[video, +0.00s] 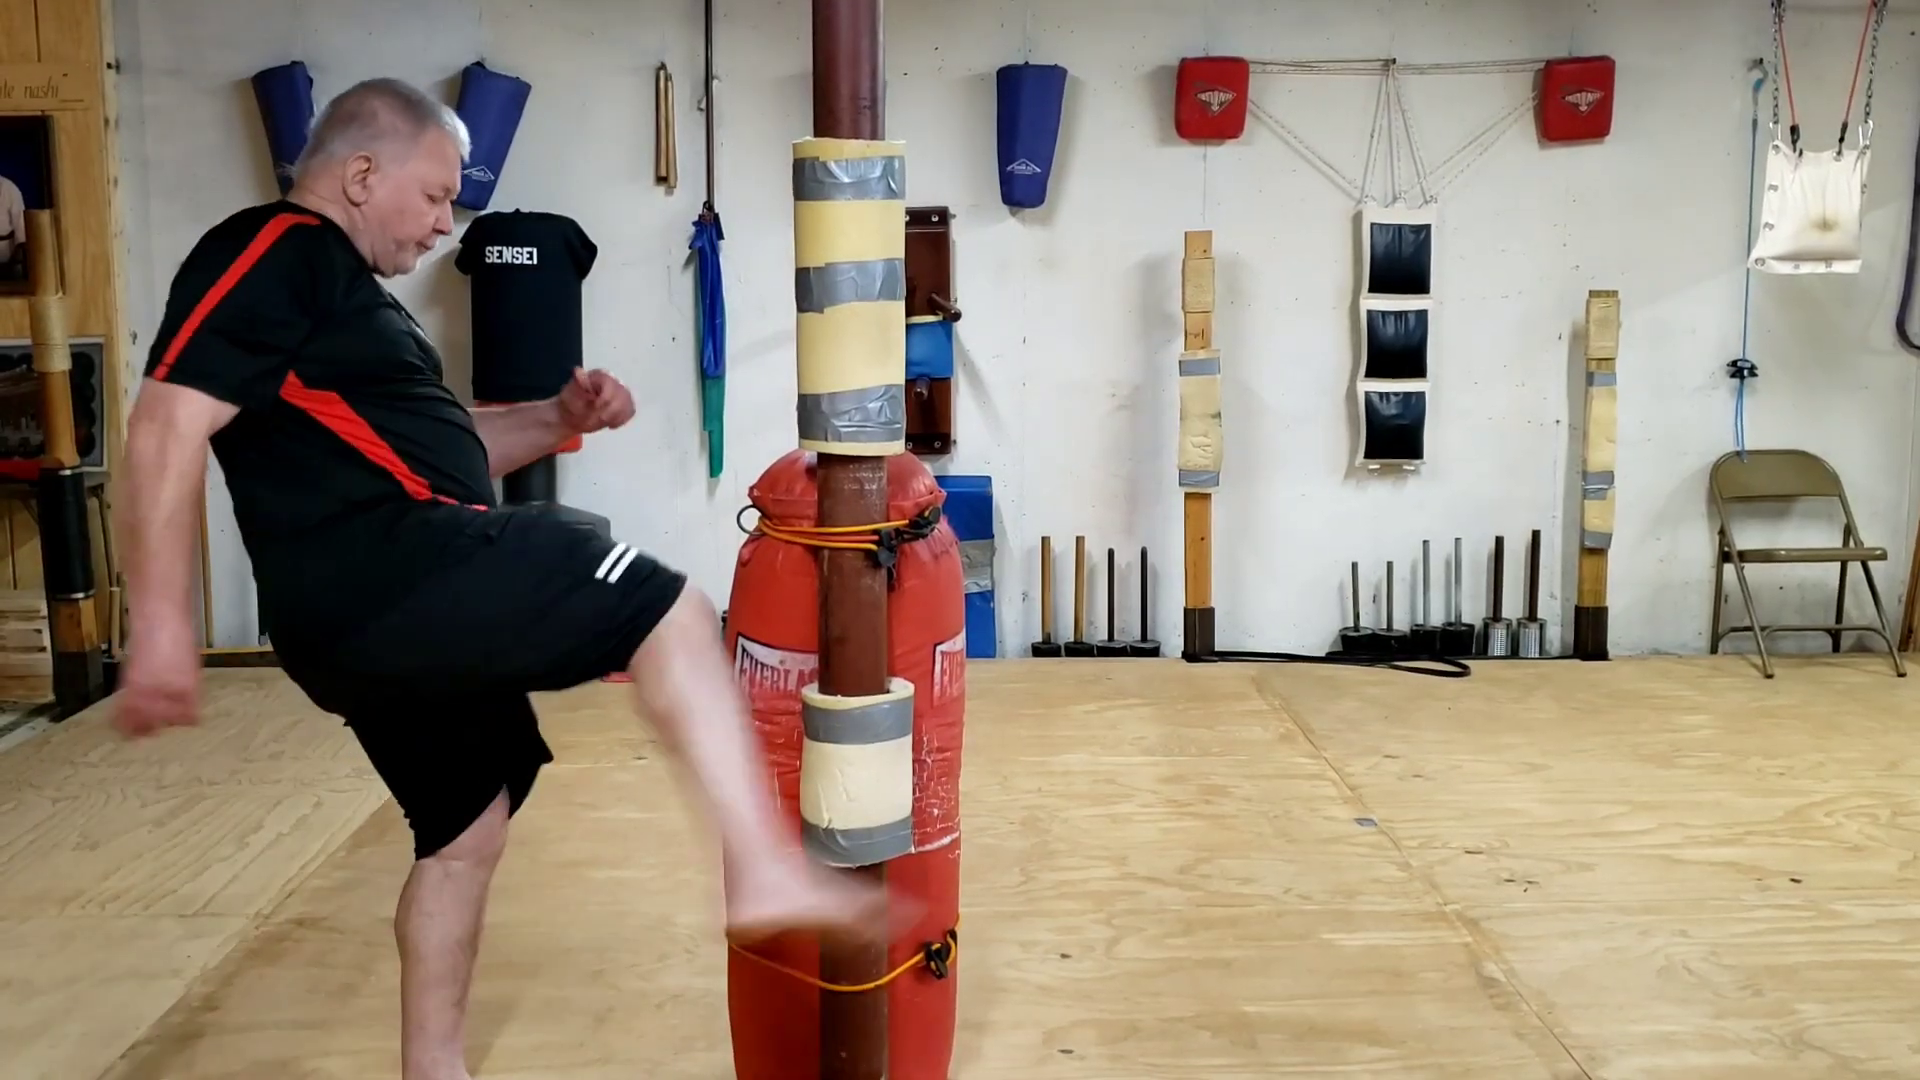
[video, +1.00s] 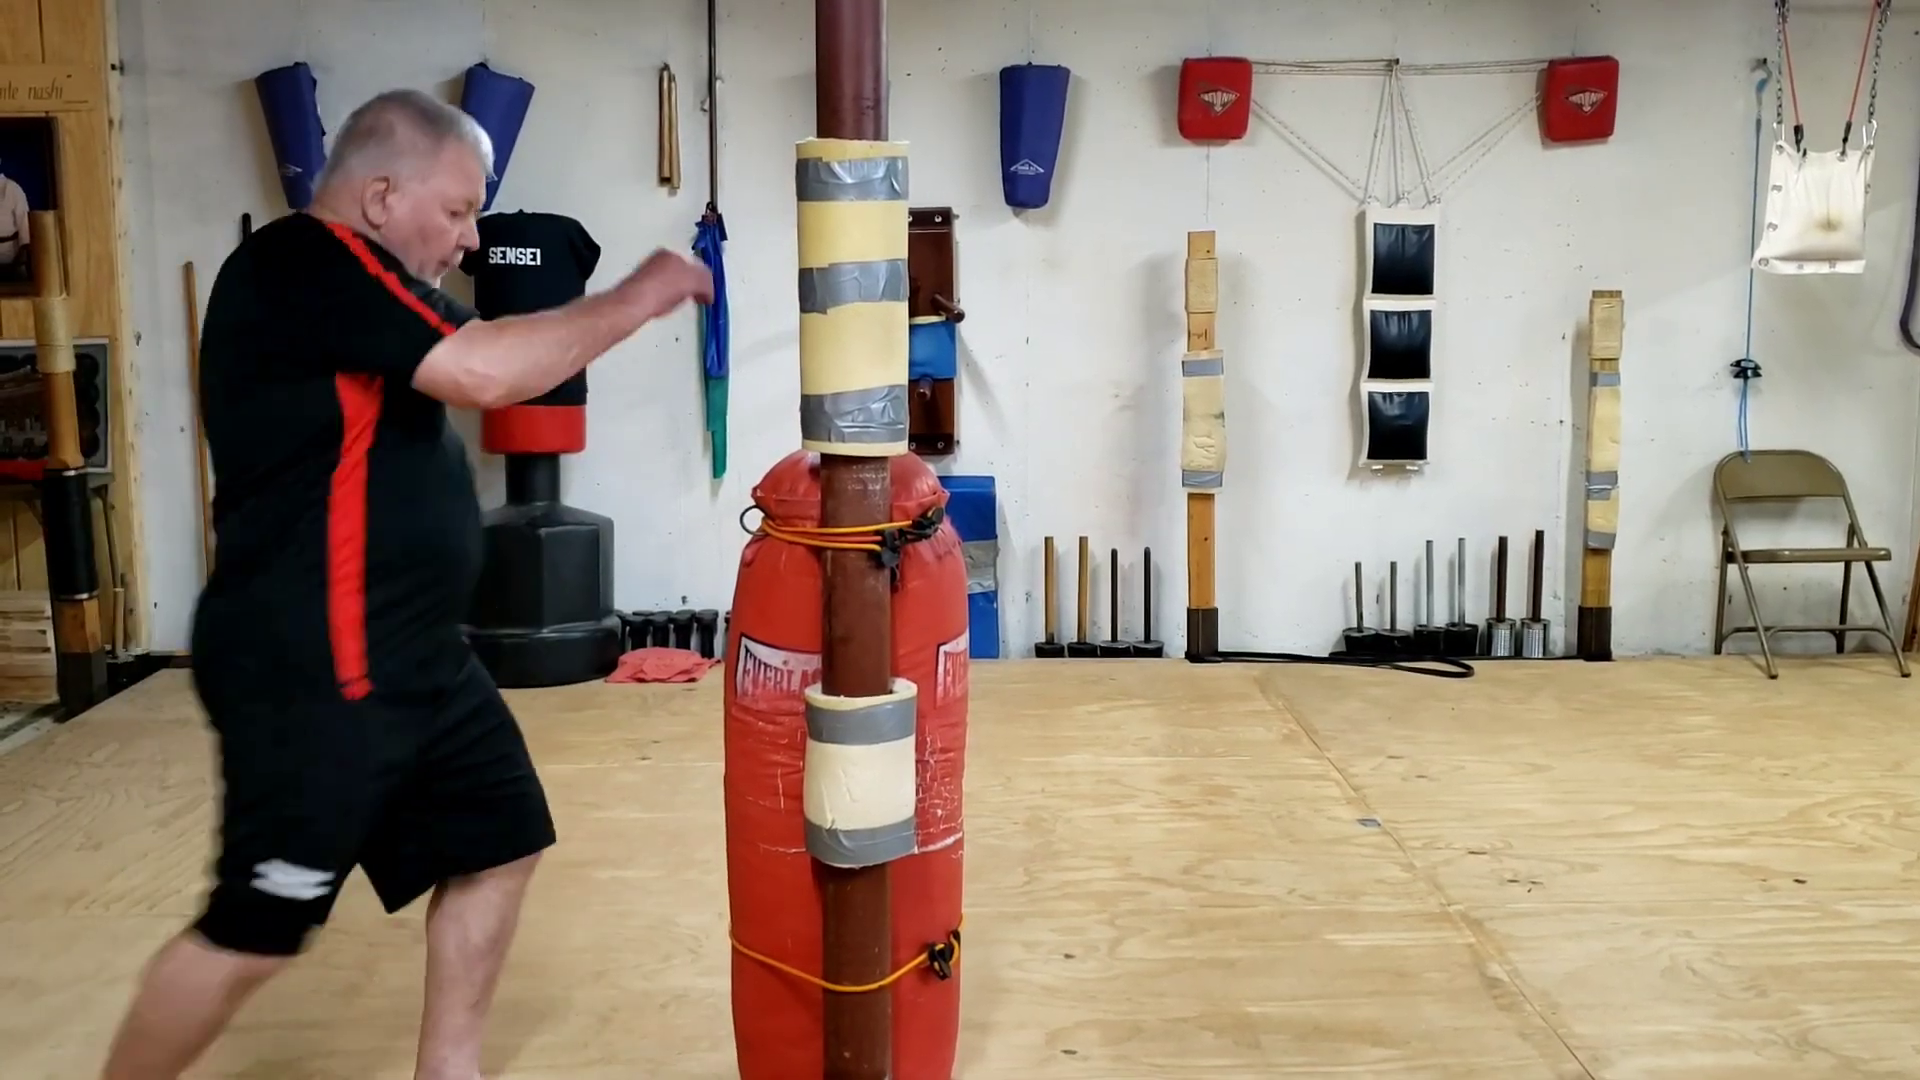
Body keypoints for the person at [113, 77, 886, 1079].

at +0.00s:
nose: (447, 222)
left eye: (452, 202)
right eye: (438, 194)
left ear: (364, 180)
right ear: (361, 173)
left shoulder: (346, 297)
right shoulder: (275, 243)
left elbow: (417, 453)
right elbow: (164, 424)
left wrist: (559, 421)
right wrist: (160, 633)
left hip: (356, 609)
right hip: (398, 563)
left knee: (466, 818)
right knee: (672, 611)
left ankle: (433, 1066)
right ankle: (769, 868)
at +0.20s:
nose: (433, 215)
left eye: (439, 194)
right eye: (424, 185)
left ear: (344, 174)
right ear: (345, 167)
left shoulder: (320, 272)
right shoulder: (264, 248)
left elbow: (357, 444)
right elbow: (276, 428)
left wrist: (482, 474)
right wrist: (483, 498)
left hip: (382, 606)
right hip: (322, 613)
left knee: (465, 837)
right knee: (459, 842)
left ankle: (436, 1067)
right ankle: (188, 1020)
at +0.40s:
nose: (415, 249)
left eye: (418, 224)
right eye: (396, 224)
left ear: (317, 221)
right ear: (309, 216)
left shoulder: (327, 314)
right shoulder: (195, 311)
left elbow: (318, 509)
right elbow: (236, 506)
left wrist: (422, 558)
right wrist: (427, 441)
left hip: (363, 663)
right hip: (223, 688)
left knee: (486, 835)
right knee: (181, 953)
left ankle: (439, 1067)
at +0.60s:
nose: (392, 248)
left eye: (395, 222)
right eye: (371, 224)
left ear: (289, 221)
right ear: (279, 219)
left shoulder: (356, 307)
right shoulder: (154, 304)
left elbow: (437, 437)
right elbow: (64, 500)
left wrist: (487, 387)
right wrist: (265, 564)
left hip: (344, 650)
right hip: (197, 677)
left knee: (458, 833)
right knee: (180, 938)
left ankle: (439, 1065)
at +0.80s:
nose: (431, 246)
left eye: (435, 223)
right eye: (415, 220)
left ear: (336, 212)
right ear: (330, 208)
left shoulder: (366, 309)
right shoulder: (214, 292)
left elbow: (447, 421)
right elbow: (122, 477)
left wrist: (543, 418)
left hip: (343, 656)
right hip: (215, 671)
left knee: (453, 828)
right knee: (172, 934)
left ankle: (437, 1066)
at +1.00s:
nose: (468, 239)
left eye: (473, 217)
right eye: (458, 211)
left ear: (384, 200)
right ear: (384, 195)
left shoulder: (358, 276)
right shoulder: (302, 265)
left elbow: (476, 355)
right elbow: (482, 372)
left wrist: (611, 308)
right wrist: (634, 303)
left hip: (414, 647)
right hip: (304, 664)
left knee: (500, 842)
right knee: (255, 926)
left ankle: (449, 1069)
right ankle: (120, 1073)